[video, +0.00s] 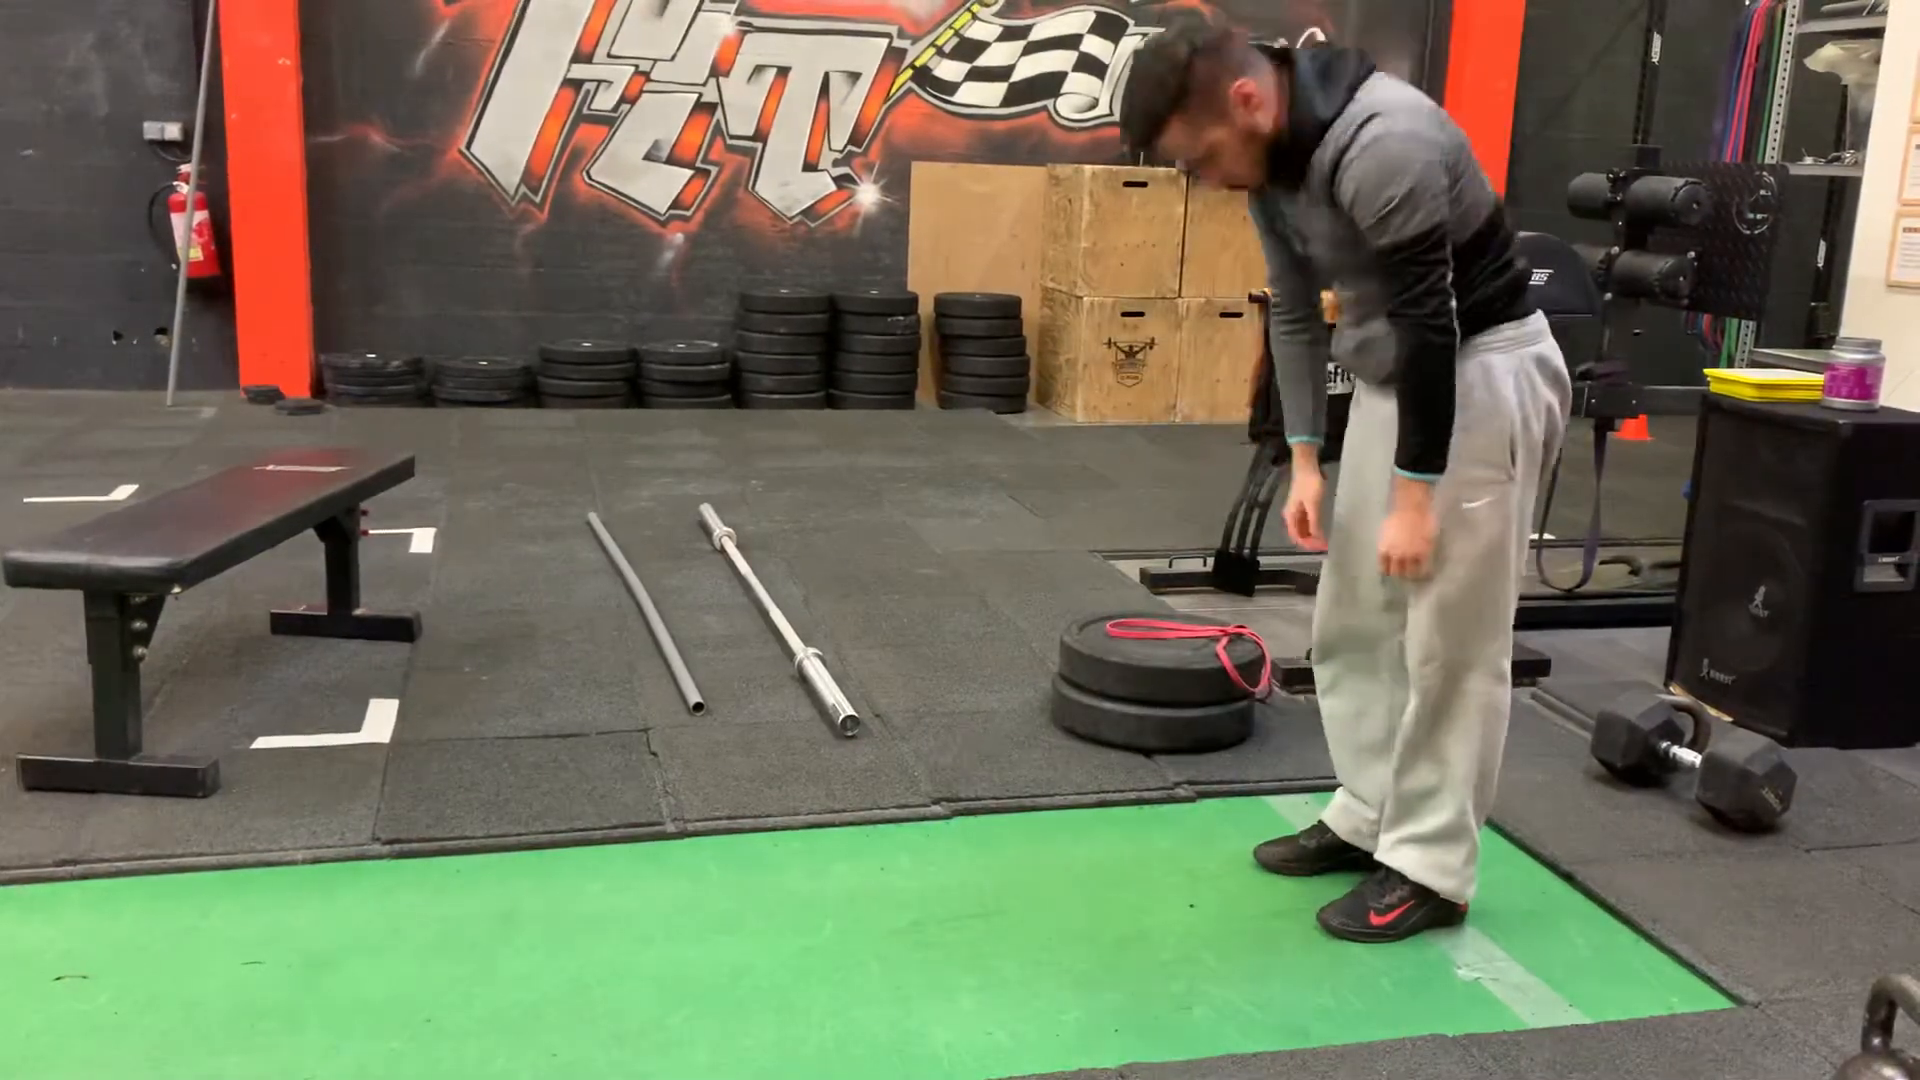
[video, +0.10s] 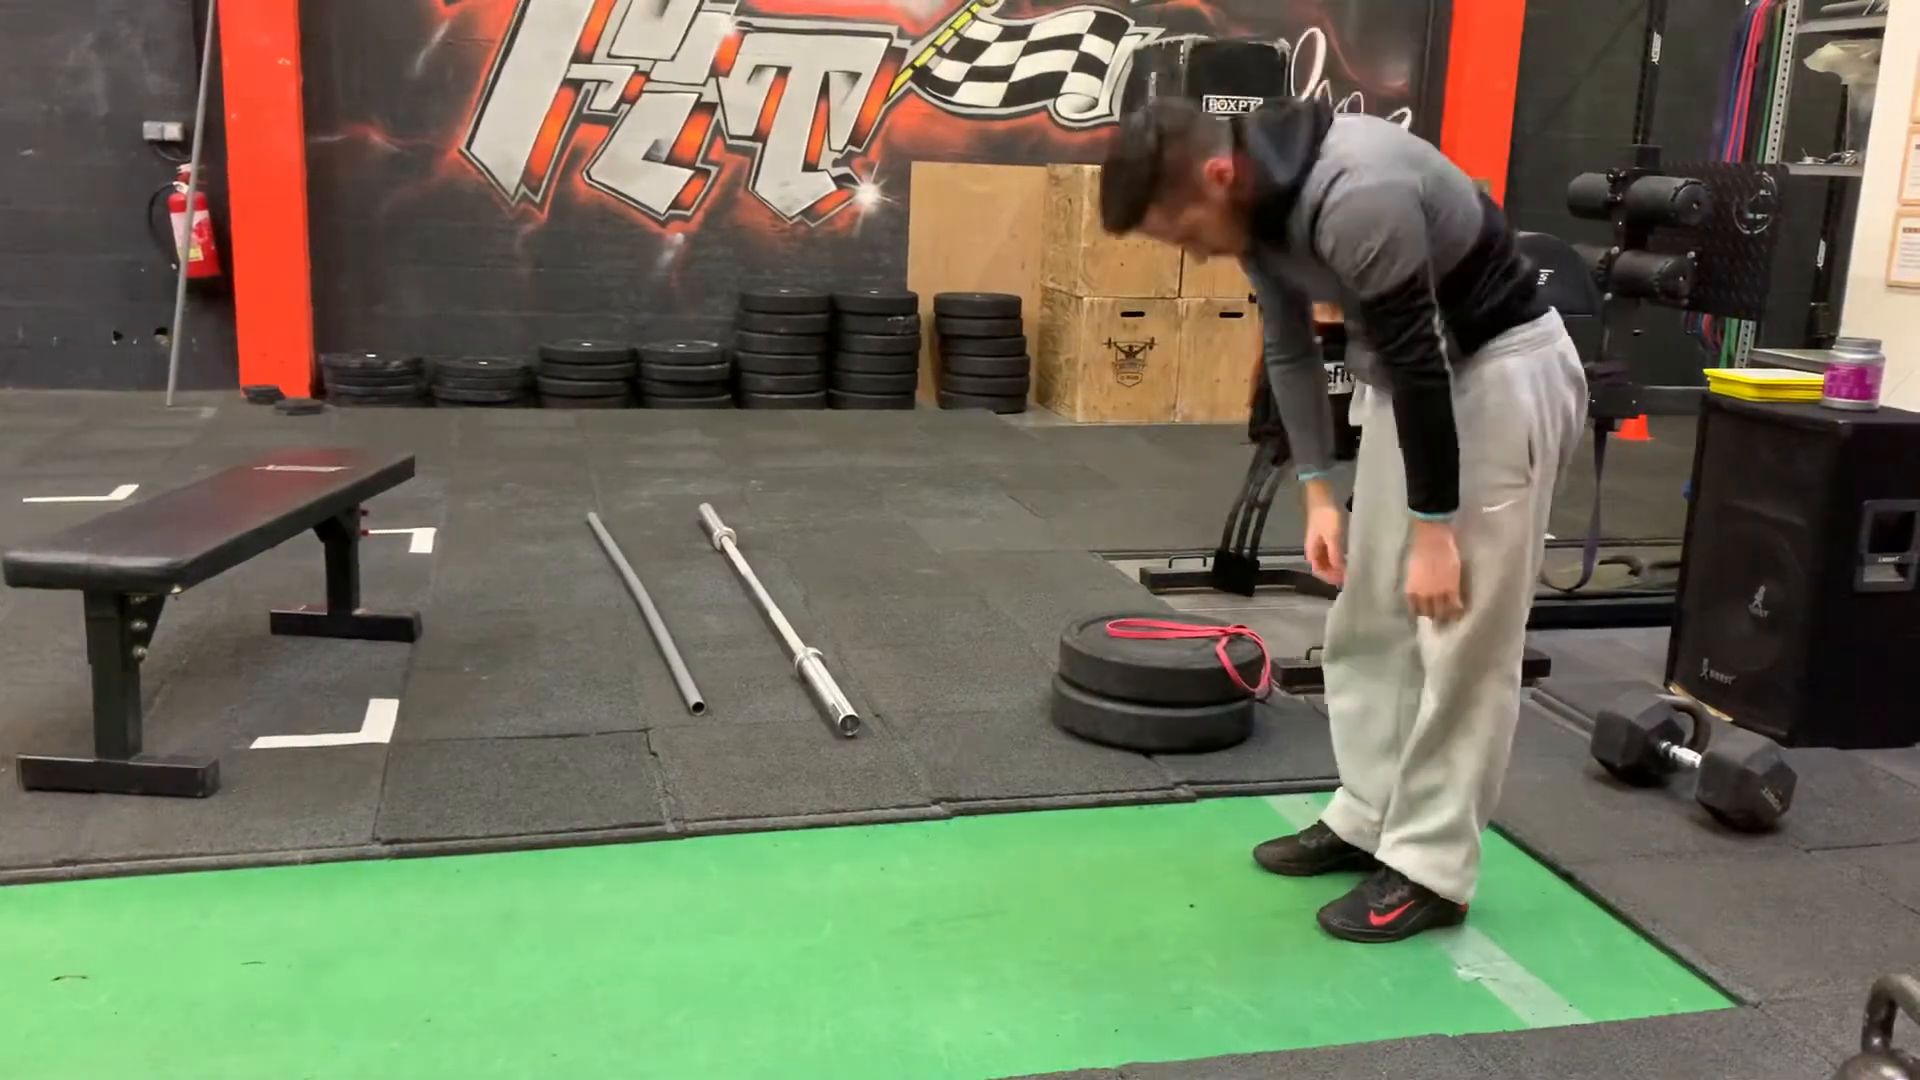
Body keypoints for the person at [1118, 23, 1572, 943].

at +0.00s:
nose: (1203, 181)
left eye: (1202, 158)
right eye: (1187, 168)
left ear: (1251, 101)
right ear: (1244, 104)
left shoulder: (1385, 151)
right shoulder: (1271, 159)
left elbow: (1427, 327)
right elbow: (1295, 310)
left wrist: (1414, 492)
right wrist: (1306, 458)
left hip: (1483, 374)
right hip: (1383, 375)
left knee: (1452, 623)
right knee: (1358, 606)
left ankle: (1433, 864)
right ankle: (1367, 813)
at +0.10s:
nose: (1183, 251)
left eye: (1180, 232)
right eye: (1168, 240)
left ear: (1218, 177)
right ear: (1211, 177)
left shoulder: (1360, 202)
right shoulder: (1250, 207)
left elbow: (1419, 369)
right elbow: (1290, 348)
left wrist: (1433, 528)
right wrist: (1317, 490)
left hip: (1501, 372)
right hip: (1394, 375)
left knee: (1464, 623)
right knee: (1370, 607)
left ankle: (1434, 866)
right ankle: (1368, 812)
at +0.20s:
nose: (1186, 322)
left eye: (1176, 307)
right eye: (1169, 316)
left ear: (1193, 253)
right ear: (1189, 249)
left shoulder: (1340, 253)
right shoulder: (1241, 244)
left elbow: (1406, 412)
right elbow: (1292, 392)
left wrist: (1443, 574)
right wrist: (1334, 528)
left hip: (1510, 372)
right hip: (1406, 381)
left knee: (1479, 624)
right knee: (1384, 608)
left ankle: (1434, 867)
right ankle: (1367, 815)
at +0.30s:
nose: (1185, 384)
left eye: (1174, 371)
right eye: (1168, 380)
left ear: (1182, 324)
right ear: (1173, 312)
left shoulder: (1328, 299)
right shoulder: (1238, 298)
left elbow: (1399, 456)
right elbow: (1293, 435)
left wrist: (1447, 614)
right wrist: (1341, 562)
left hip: (1520, 378)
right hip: (1416, 389)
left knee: (1486, 633)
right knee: (1391, 612)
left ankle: (1435, 868)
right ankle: (1369, 816)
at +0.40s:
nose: (1182, 433)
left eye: (1171, 423)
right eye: (1167, 429)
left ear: (1178, 382)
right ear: (1177, 369)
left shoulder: (1318, 344)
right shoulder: (1232, 335)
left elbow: (1388, 498)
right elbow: (1290, 468)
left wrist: (1438, 653)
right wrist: (1341, 591)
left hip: (1531, 380)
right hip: (1434, 395)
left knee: (1493, 632)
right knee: (1409, 622)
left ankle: (1434, 870)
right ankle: (1367, 819)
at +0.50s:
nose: (1183, 471)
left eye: (1171, 459)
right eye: (1167, 467)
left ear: (1181, 419)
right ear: (1165, 405)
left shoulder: (1308, 376)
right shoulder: (1215, 366)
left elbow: (1376, 539)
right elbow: (1286, 503)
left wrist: (1428, 688)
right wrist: (1338, 624)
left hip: (1532, 377)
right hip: (1424, 396)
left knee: (1495, 634)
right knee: (1402, 612)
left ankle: (1435, 871)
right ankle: (1369, 819)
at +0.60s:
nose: (1195, 502)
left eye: (1181, 493)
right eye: (1178, 502)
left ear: (1180, 454)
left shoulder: (1298, 410)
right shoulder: (1208, 387)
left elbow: (1361, 572)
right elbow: (1273, 534)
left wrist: (1409, 726)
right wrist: (1322, 653)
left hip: (1532, 378)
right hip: (1429, 398)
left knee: (1492, 637)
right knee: (1410, 616)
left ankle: (1436, 869)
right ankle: (1366, 819)